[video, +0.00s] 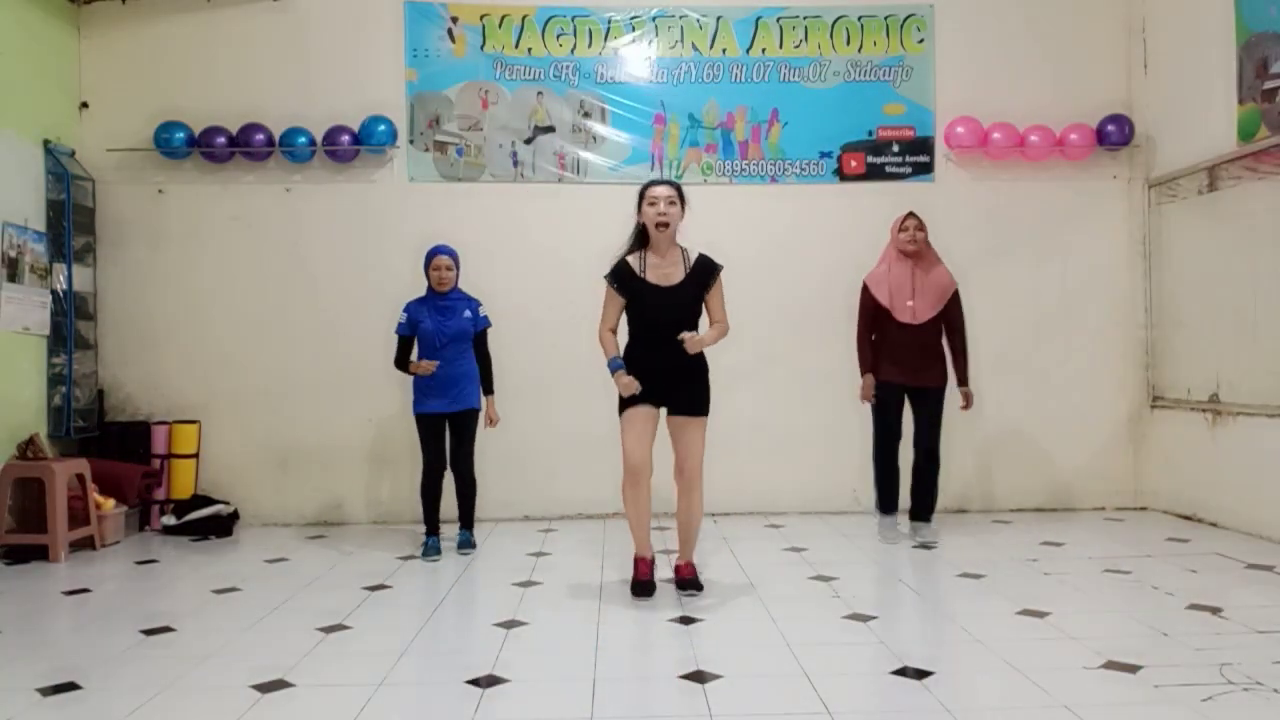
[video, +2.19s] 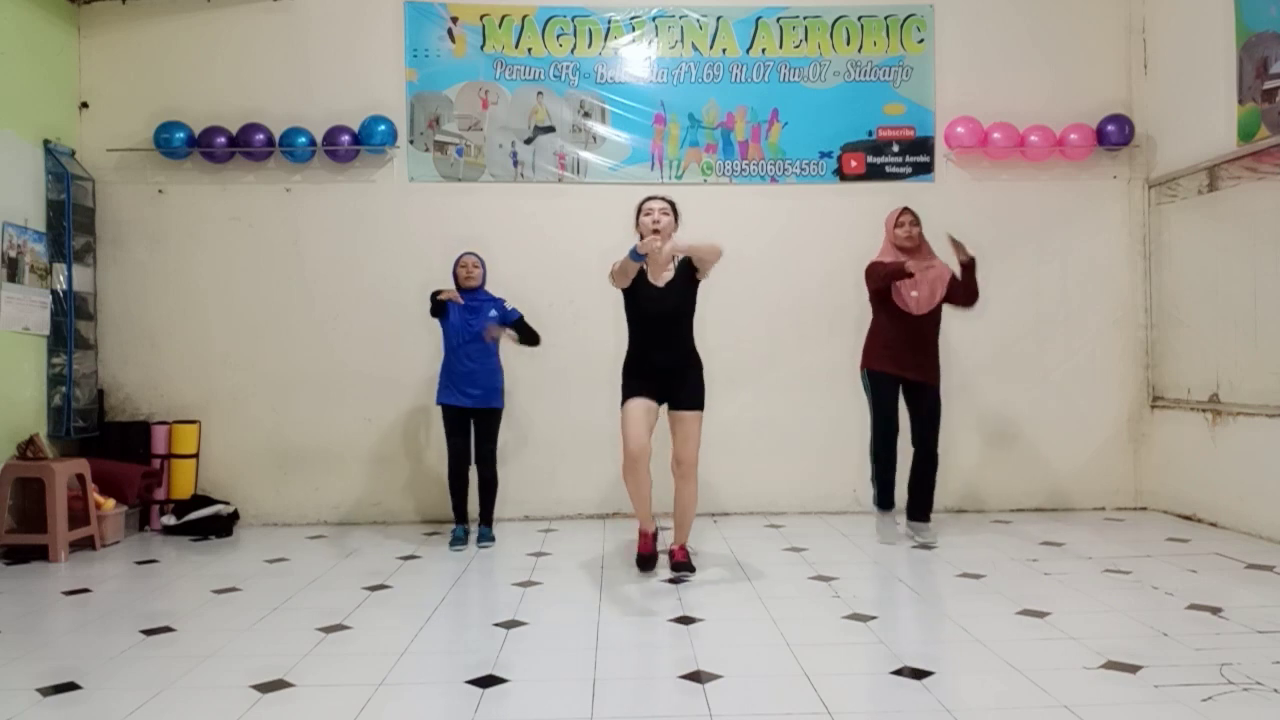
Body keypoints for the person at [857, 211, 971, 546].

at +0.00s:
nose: (912, 234)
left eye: (918, 229)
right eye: (905, 229)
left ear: (926, 236)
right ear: (894, 238)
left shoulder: (941, 279)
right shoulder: (878, 278)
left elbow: (956, 332)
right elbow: (864, 329)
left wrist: (963, 382)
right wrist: (866, 373)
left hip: (929, 375)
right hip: (887, 375)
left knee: (927, 448)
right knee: (886, 445)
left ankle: (921, 520)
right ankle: (887, 516)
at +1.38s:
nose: (909, 235)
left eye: (914, 229)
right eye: (901, 230)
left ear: (922, 235)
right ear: (890, 238)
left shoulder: (941, 279)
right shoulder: (878, 278)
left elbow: (950, 334)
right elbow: (864, 328)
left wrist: (950, 379)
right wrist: (851, 343)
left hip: (927, 377)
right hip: (884, 375)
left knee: (927, 450)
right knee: (888, 446)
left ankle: (917, 520)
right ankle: (889, 518)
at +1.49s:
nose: (910, 230)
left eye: (915, 225)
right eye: (903, 226)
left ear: (924, 232)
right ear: (892, 234)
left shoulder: (942, 275)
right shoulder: (879, 274)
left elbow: (951, 329)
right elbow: (858, 322)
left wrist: (951, 375)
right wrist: (840, 301)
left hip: (926, 365)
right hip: (885, 363)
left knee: (925, 441)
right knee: (888, 432)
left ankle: (917, 520)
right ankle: (890, 498)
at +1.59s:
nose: (911, 228)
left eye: (916, 223)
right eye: (904, 224)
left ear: (925, 230)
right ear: (892, 232)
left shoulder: (941, 272)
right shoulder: (881, 270)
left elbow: (950, 327)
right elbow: (852, 312)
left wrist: (949, 373)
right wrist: (850, 276)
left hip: (926, 364)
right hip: (885, 359)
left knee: (922, 441)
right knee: (889, 417)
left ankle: (917, 519)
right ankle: (891, 489)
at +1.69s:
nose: (912, 231)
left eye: (916, 226)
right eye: (904, 227)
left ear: (923, 233)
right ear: (892, 235)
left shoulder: (937, 274)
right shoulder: (882, 270)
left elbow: (947, 328)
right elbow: (858, 287)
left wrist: (948, 377)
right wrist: (882, 254)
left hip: (926, 373)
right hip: (884, 372)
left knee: (926, 447)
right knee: (888, 443)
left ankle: (917, 519)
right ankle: (885, 519)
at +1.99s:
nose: (910, 233)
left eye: (914, 228)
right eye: (902, 229)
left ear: (922, 234)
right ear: (890, 238)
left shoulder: (933, 276)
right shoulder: (878, 271)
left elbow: (938, 327)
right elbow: (878, 280)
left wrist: (972, 323)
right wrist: (904, 272)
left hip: (921, 368)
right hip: (879, 368)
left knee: (934, 441)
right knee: (883, 442)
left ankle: (920, 509)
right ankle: (884, 518)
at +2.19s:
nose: (909, 229)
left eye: (914, 224)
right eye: (901, 225)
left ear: (922, 231)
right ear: (890, 234)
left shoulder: (936, 271)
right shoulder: (879, 269)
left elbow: (966, 298)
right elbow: (876, 278)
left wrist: (967, 265)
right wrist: (903, 270)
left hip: (923, 367)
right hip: (882, 363)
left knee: (927, 444)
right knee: (885, 436)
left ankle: (919, 519)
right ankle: (885, 512)